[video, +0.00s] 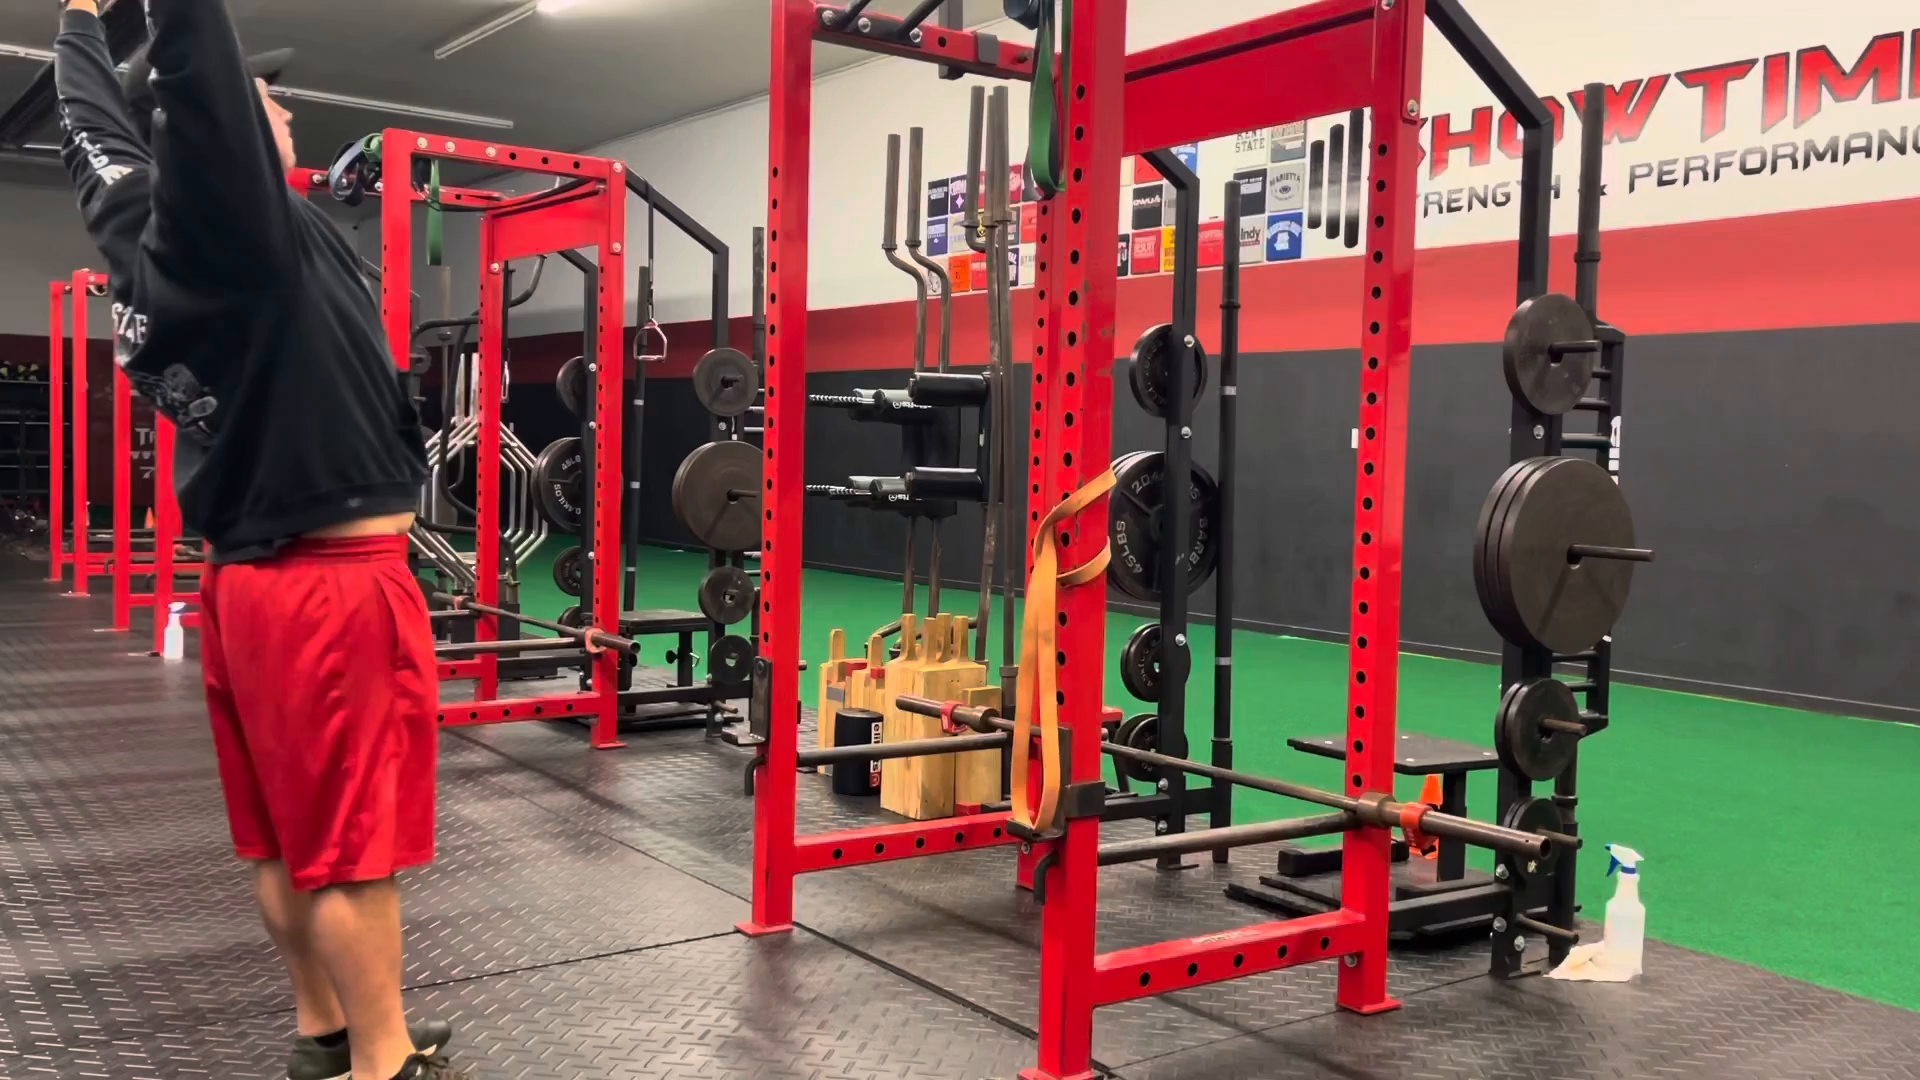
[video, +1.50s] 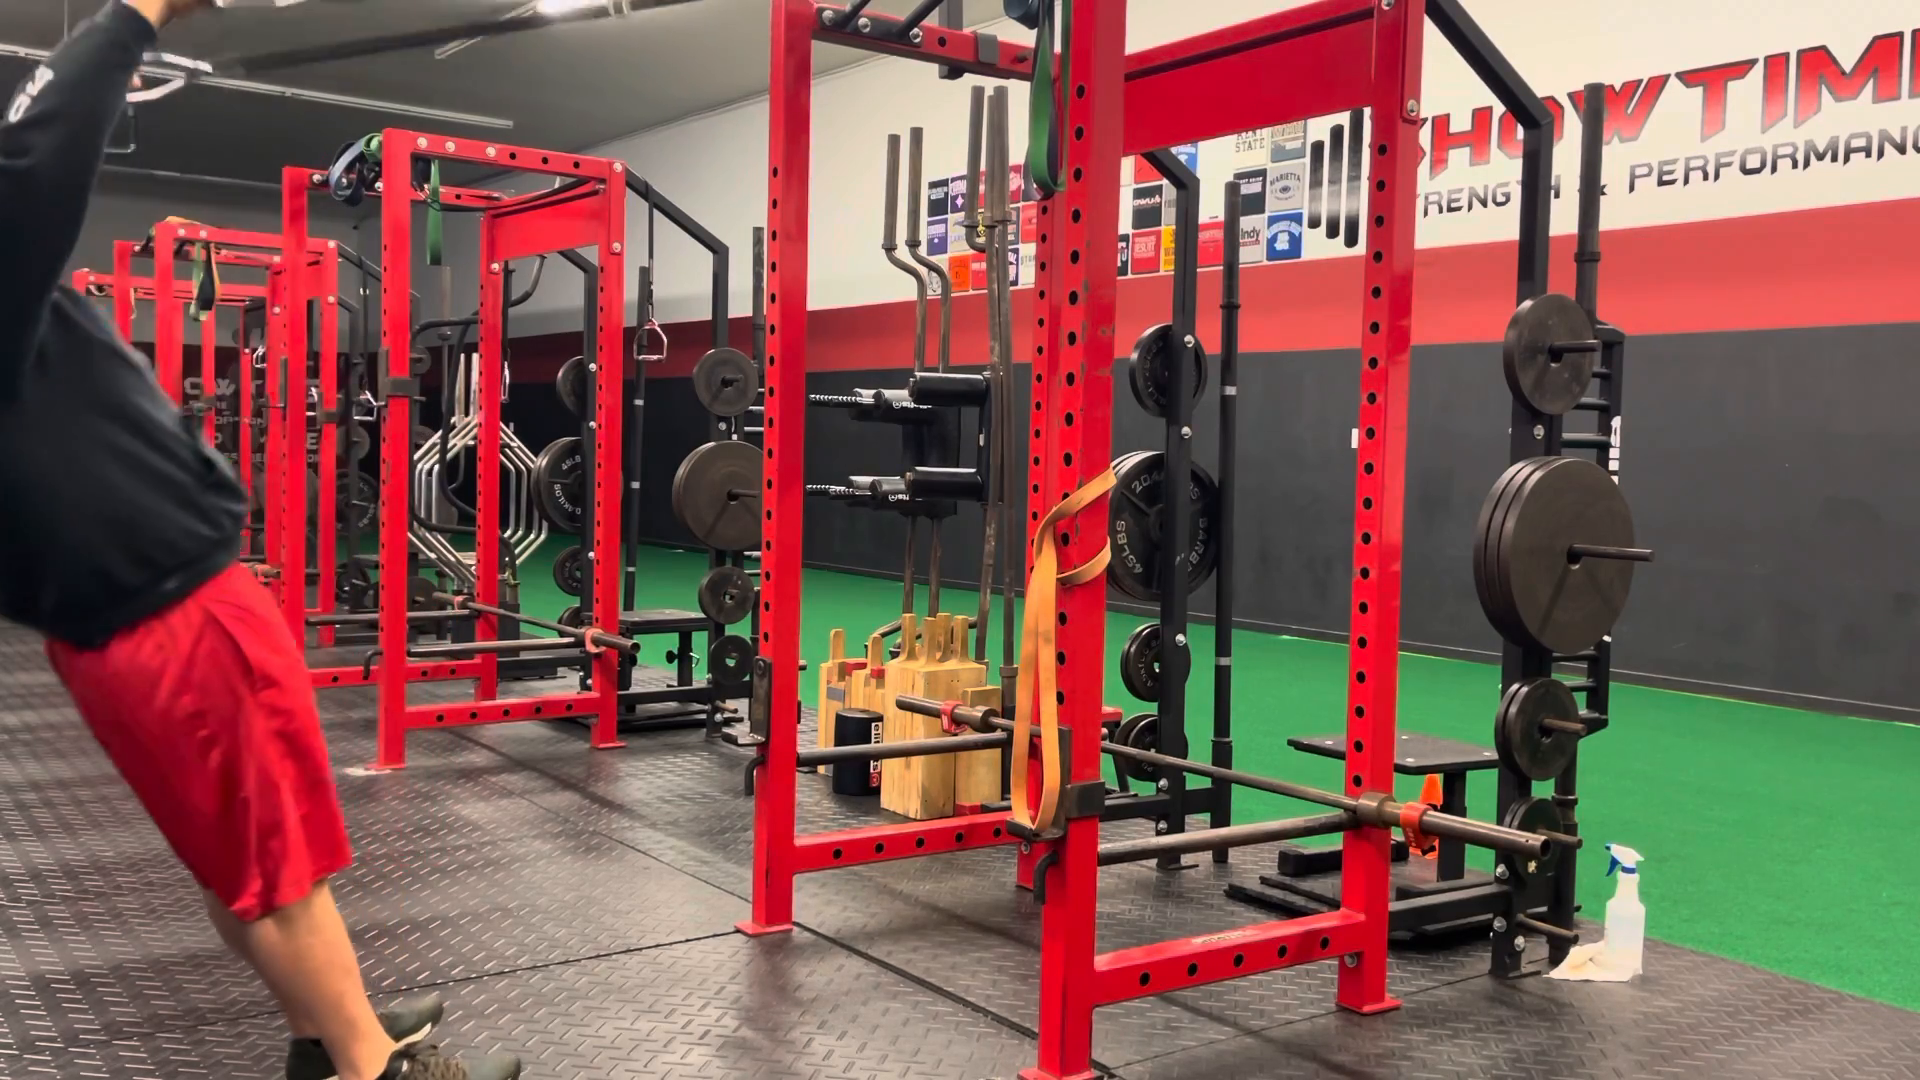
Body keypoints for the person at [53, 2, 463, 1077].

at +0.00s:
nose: (284, 110)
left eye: (275, 98)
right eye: (268, 98)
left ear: (212, 140)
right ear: (236, 126)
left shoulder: (161, 247)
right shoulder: (253, 226)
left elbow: (103, 136)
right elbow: (205, 68)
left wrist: (82, 20)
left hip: (245, 589)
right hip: (339, 592)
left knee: (286, 839)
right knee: (355, 855)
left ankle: (325, 1028)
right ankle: (384, 1056)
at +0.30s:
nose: (328, 116)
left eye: (319, 100)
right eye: (310, 100)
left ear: (247, 140)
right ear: (263, 122)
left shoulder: (187, 245)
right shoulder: (285, 227)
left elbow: (126, 150)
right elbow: (231, 67)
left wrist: (86, 29)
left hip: (267, 586)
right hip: (353, 591)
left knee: (290, 835)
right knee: (362, 858)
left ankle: (328, 1027)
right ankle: (388, 1057)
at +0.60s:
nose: (317, 113)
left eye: (307, 97)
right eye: (300, 97)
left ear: (245, 140)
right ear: (257, 123)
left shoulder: (183, 248)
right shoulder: (277, 230)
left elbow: (123, 148)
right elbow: (226, 63)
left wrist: (88, 26)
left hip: (264, 588)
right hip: (353, 591)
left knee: (291, 833)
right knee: (365, 857)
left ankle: (329, 1026)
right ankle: (389, 1057)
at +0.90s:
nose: (256, 131)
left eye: (248, 115)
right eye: (238, 117)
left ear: (140, 156)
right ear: (196, 136)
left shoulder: (118, 254)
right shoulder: (208, 241)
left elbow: (79, 139)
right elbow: (187, 83)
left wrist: (80, 23)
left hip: (232, 597)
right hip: (320, 596)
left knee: (281, 840)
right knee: (349, 857)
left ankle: (326, 1028)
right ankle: (384, 1058)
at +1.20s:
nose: (78, 127)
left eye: (61, 108)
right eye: (58, 114)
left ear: (16, 149)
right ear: (33, 139)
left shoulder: (31, 275)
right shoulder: (76, 251)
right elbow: (116, 67)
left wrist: (77, 39)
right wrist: (92, 9)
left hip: (192, 606)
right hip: (259, 600)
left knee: (276, 851)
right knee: (322, 860)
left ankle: (326, 1036)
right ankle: (380, 1059)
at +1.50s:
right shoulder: (13, 296)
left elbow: (41, 148)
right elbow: (41, 150)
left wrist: (127, 17)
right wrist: (137, 9)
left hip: (122, 617)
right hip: (167, 609)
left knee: (246, 862)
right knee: (282, 872)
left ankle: (333, 1032)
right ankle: (371, 1061)